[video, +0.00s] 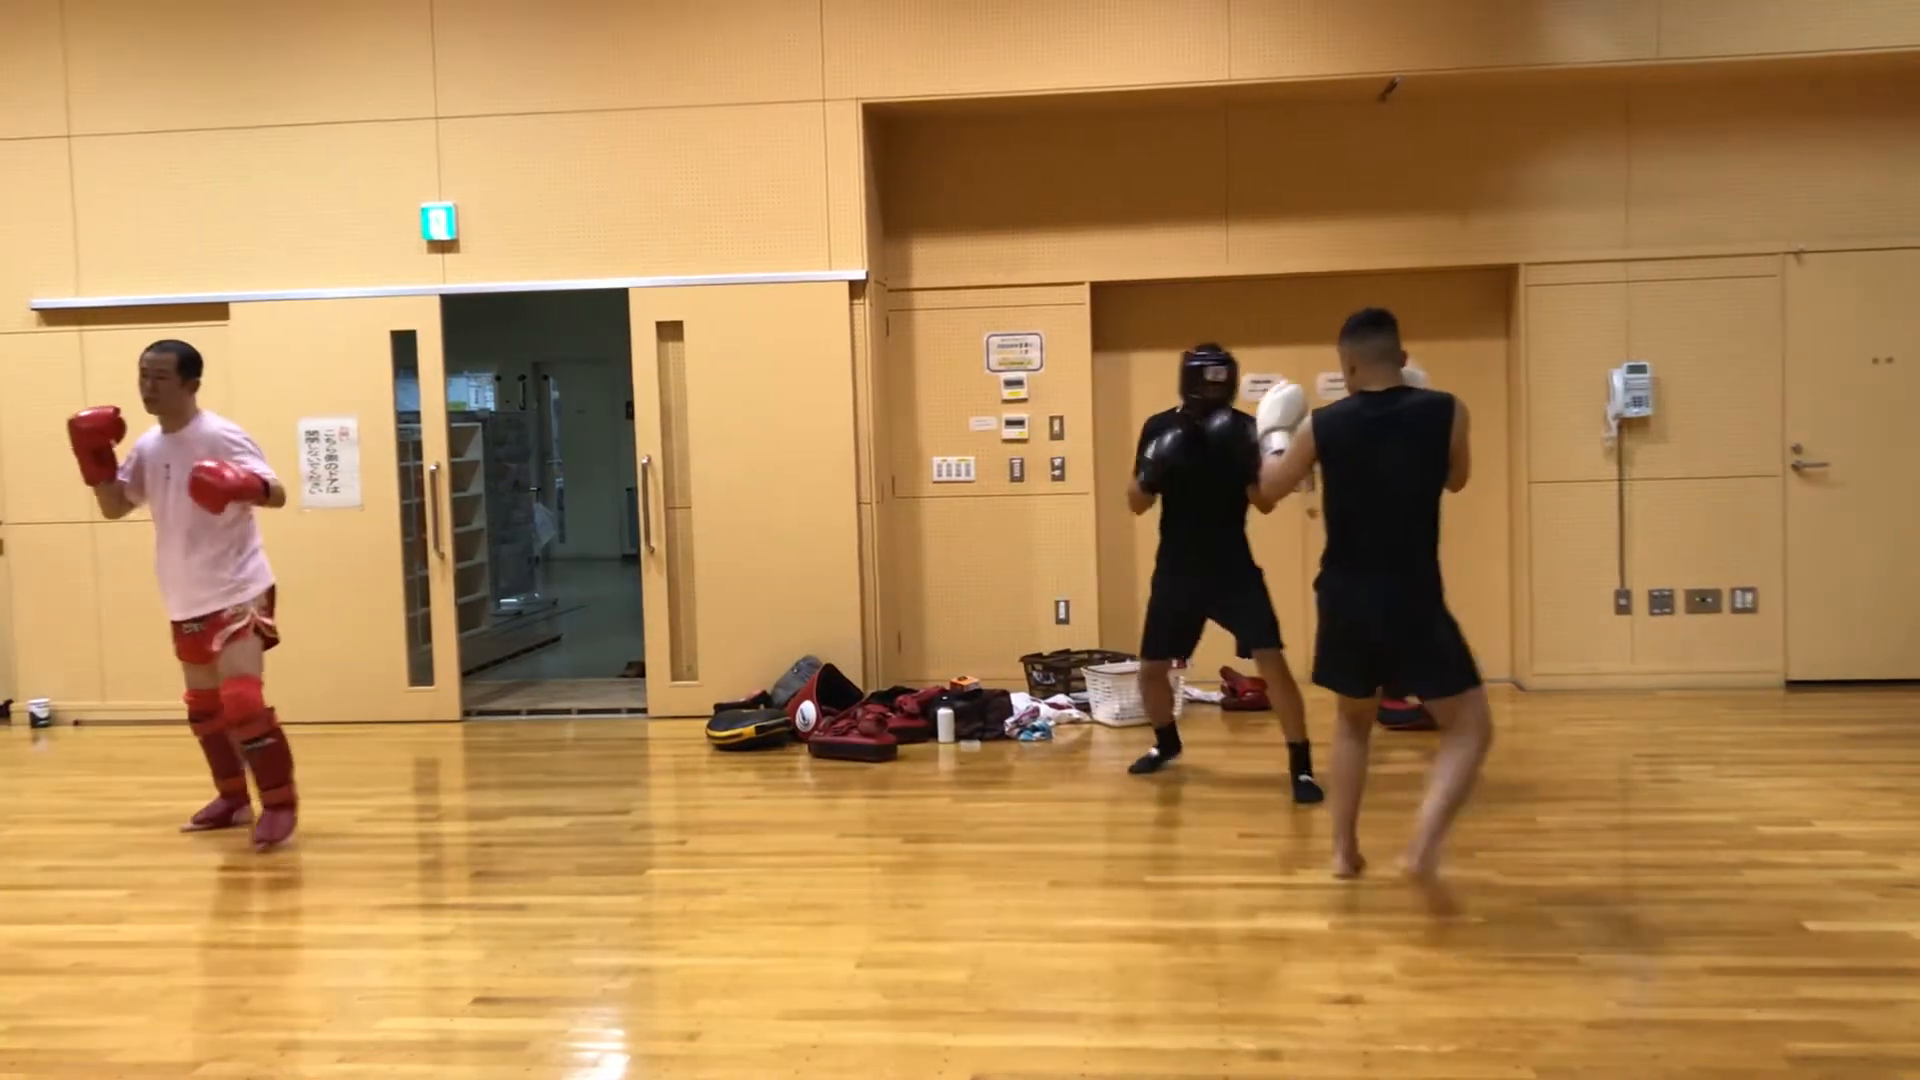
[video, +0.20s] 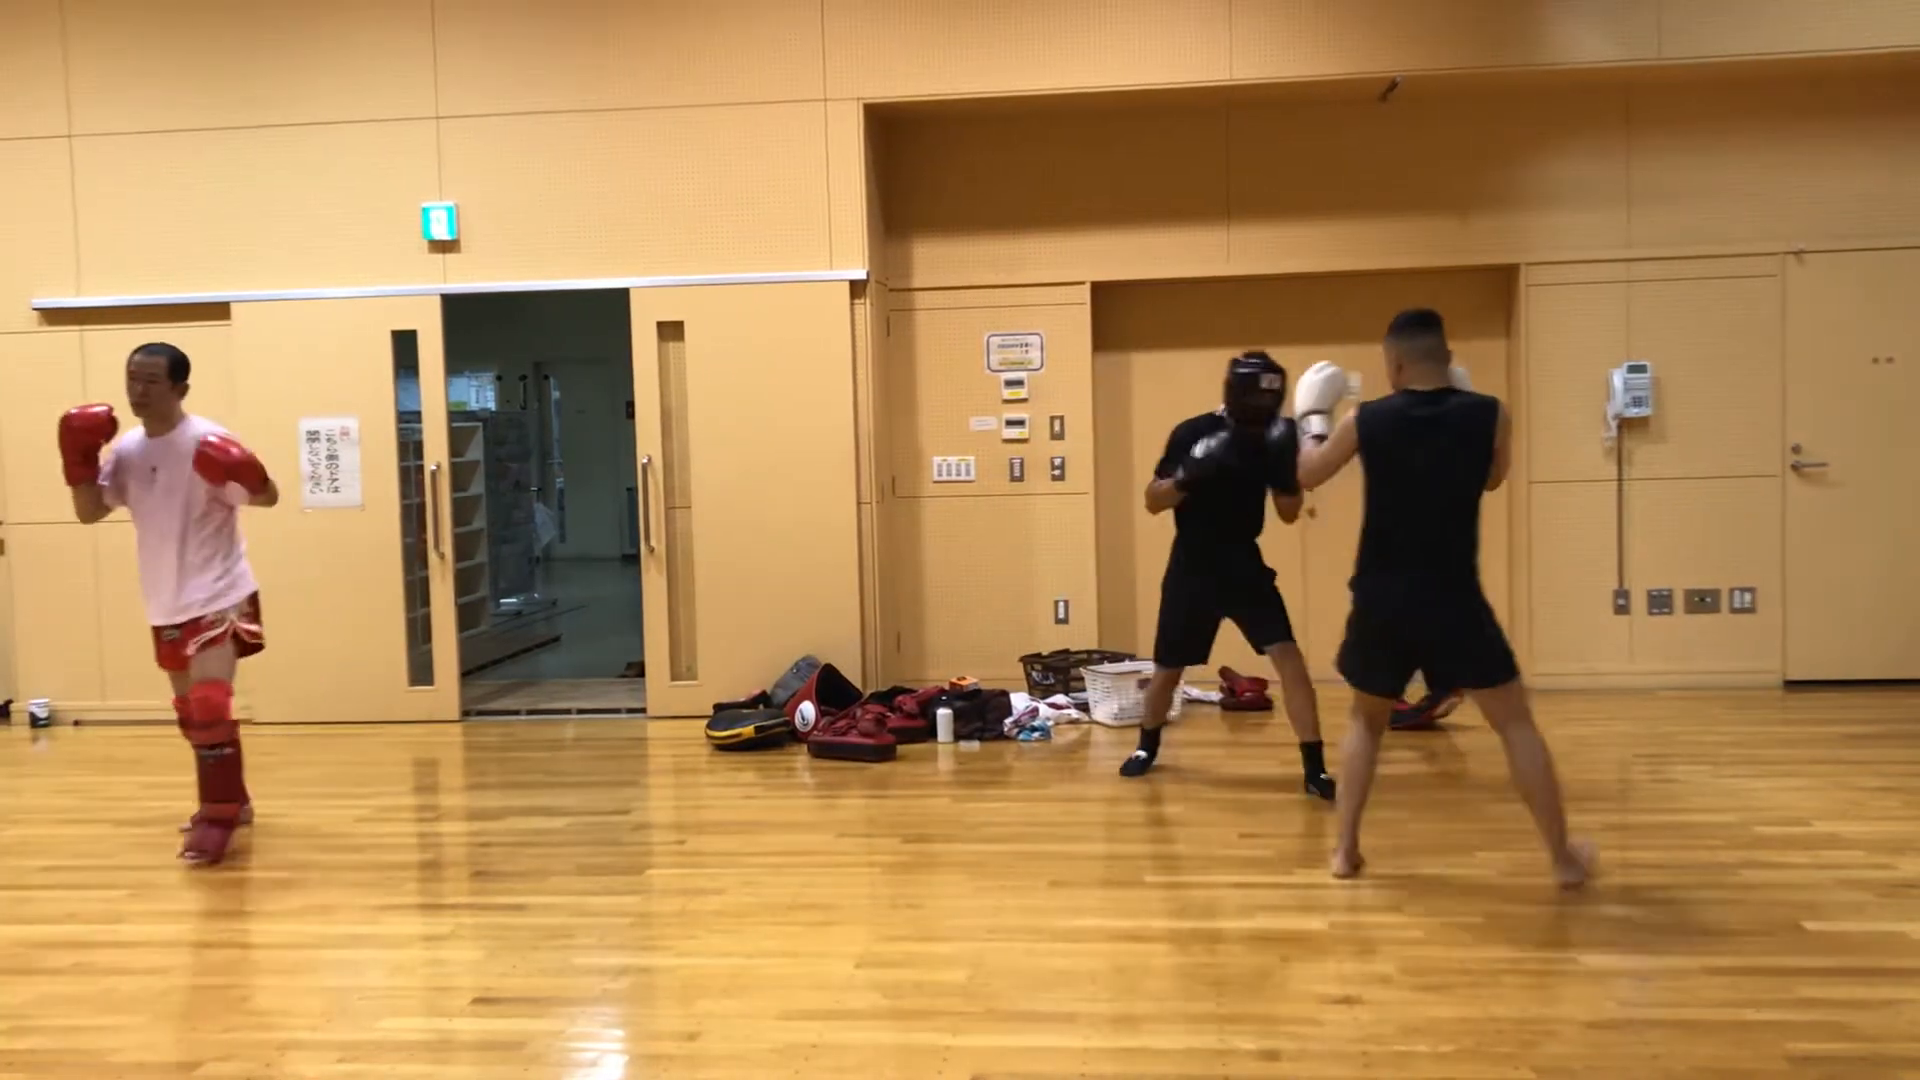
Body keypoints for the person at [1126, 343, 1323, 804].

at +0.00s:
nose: (1209, 394)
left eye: (1219, 383)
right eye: (1201, 383)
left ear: (1233, 385)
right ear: (1184, 383)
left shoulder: (1244, 429)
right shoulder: (1161, 428)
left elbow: (1266, 501)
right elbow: (1136, 503)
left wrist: (1245, 455)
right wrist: (1158, 463)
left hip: (1233, 565)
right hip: (1177, 567)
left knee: (1270, 660)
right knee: (1151, 666)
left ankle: (1301, 769)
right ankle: (1167, 744)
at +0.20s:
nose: (1265, 404)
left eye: (1273, 395)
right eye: (1256, 394)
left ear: (1279, 396)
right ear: (1231, 391)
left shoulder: (1275, 438)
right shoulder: (1192, 434)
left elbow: (1289, 512)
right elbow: (1152, 501)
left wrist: (1283, 457)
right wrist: (1191, 473)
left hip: (1244, 566)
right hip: (1191, 567)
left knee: (1288, 658)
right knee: (1168, 669)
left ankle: (1316, 771)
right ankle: (1146, 751)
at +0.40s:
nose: (1325, 416)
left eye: (1328, 408)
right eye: (1320, 406)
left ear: (1321, 415)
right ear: (1298, 403)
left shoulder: (1300, 456)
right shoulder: (1256, 429)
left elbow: (1288, 524)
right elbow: (1248, 454)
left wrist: (1320, 508)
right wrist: (1303, 429)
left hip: (1260, 569)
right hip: (1213, 567)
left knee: (1308, 657)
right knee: (1183, 670)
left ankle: (1318, 773)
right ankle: (1145, 743)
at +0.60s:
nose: (1333, 395)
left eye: (1343, 388)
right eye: (1329, 383)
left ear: (1354, 398)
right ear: (1315, 384)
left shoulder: (1345, 448)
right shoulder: (1282, 411)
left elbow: (1345, 528)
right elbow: (1252, 442)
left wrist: (1370, 485)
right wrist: (1301, 415)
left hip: (1282, 560)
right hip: (1230, 554)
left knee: (1321, 659)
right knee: (1184, 658)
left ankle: (1315, 774)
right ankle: (1139, 742)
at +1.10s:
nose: (1311, 390)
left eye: (1319, 380)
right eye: (1301, 380)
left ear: (1331, 378)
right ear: (1282, 378)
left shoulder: (1346, 424)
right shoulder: (1262, 418)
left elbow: (1366, 499)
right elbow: (1249, 485)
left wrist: (1344, 458)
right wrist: (1285, 450)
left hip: (1328, 551)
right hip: (1277, 551)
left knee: (1341, 654)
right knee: (1256, 656)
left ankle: (1327, 768)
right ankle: (1270, 745)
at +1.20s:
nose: (1312, 394)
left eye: (1319, 384)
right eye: (1302, 384)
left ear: (1329, 382)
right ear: (1280, 383)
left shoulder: (1344, 422)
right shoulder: (1259, 426)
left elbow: (1368, 495)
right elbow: (1248, 496)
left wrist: (1364, 464)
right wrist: (1279, 463)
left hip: (1337, 552)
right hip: (1283, 554)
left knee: (1357, 646)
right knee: (1253, 657)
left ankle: (1348, 762)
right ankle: (1268, 745)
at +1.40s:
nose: (1333, 385)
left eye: (1340, 376)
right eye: (1323, 375)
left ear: (1348, 375)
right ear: (1301, 374)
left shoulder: (1359, 417)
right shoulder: (1280, 417)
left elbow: (1392, 480)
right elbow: (1262, 485)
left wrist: (1391, 422)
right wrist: (1279, 439)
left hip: (1349, 551)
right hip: (1295, 552)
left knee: (1380, 650)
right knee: (1263, 652)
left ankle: (1413, 761)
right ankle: (1270, 746)